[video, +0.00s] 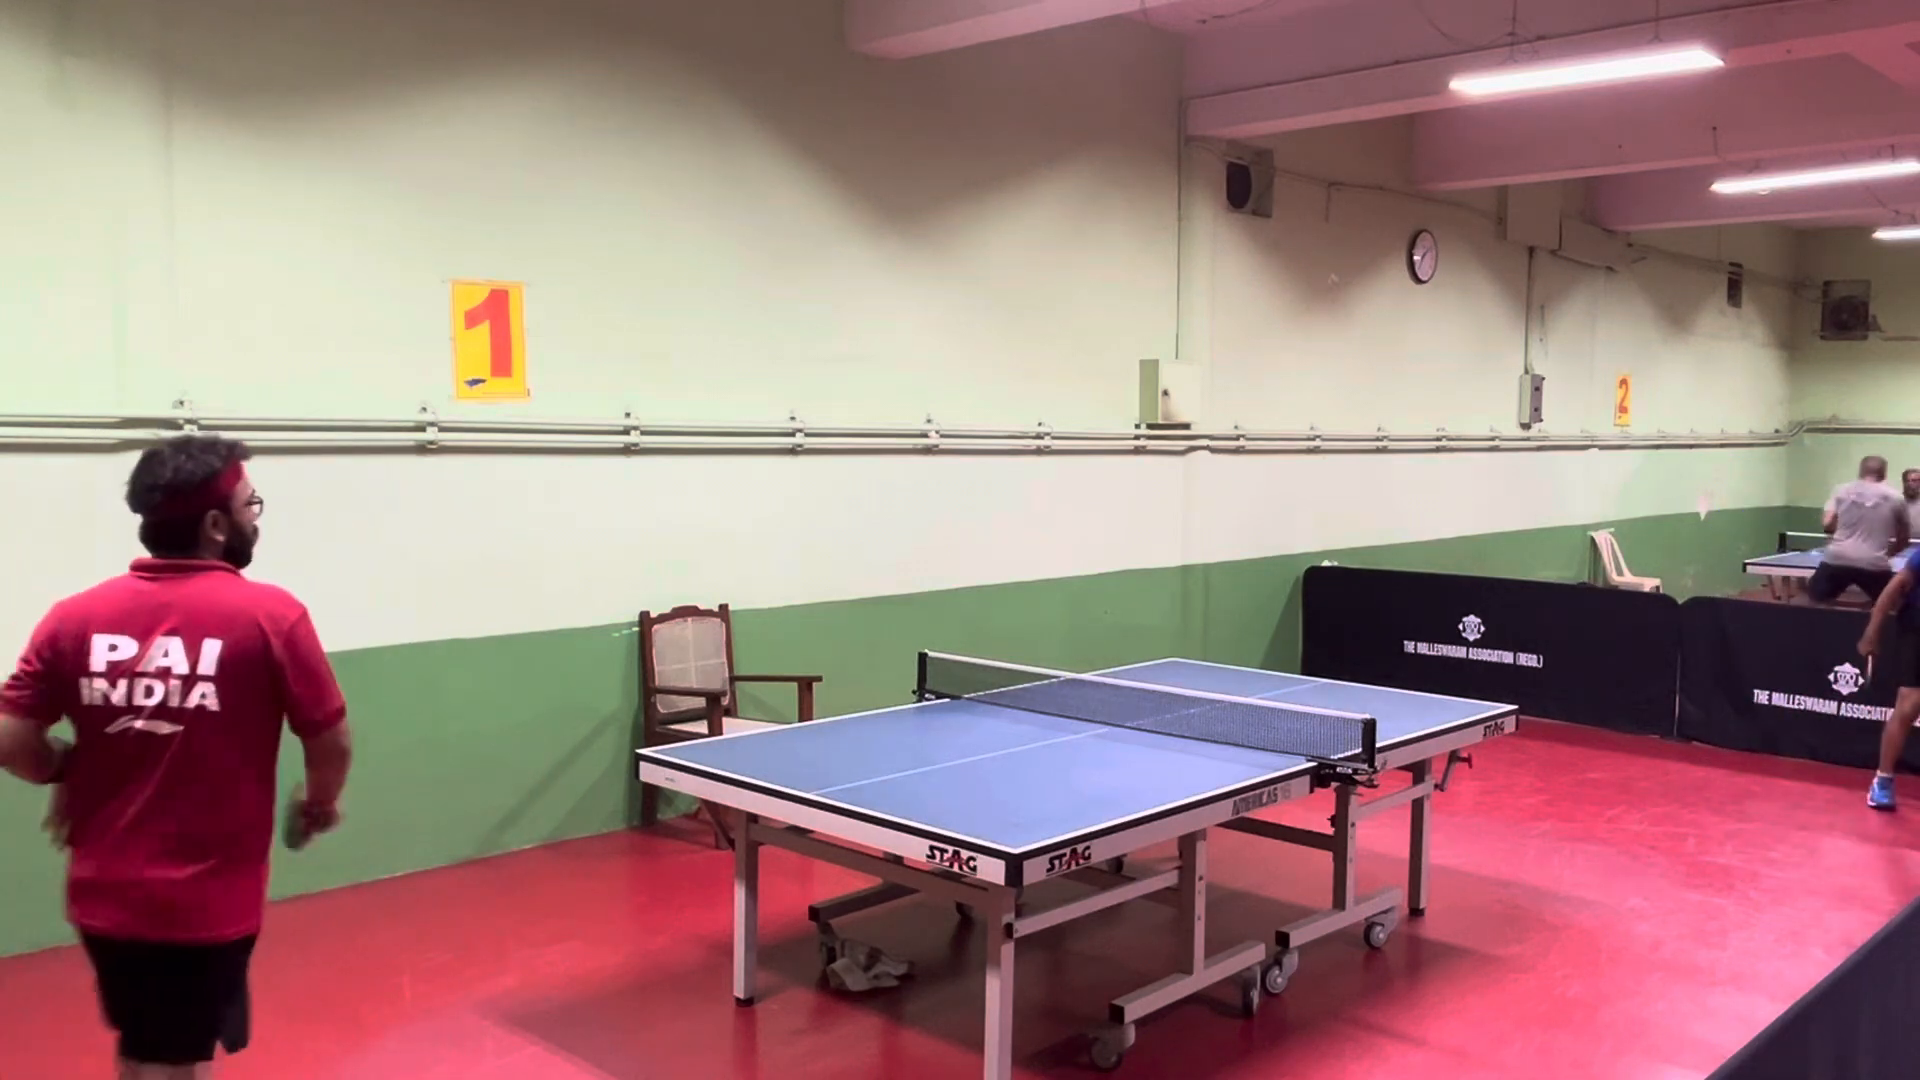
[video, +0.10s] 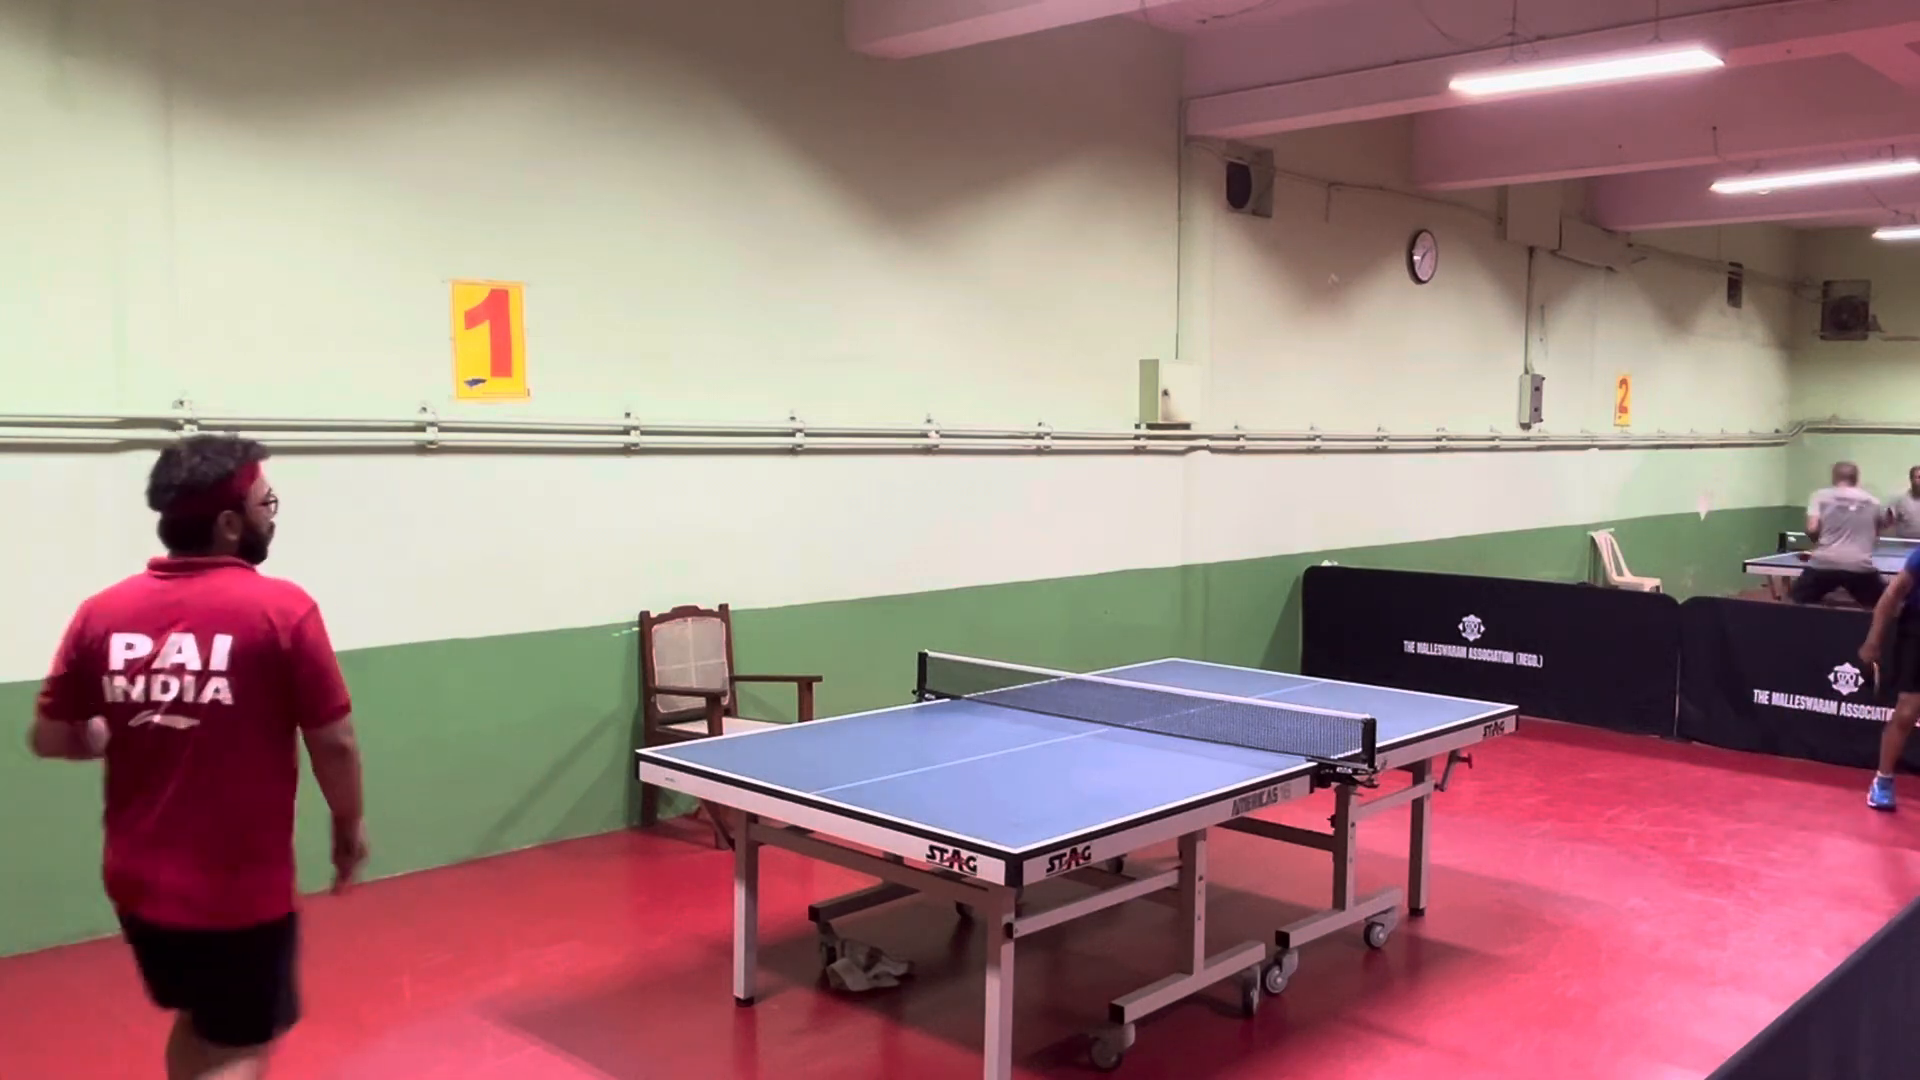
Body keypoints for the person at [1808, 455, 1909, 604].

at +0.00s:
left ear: (1860, 472)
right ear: (1883, 475)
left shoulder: (1842, 490)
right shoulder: (1896, 498)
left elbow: (1828, 524)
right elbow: (1903, 539)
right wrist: (1885, 554)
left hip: (1837, 560)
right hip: (1874, 564)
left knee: (1816, 599)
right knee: (1895, 605)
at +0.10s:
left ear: (1834, 478)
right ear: (1857, 480)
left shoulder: (1820, 496)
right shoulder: (1872, 501)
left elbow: (1812, 529)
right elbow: (1876, 532)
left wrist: (1817, 542)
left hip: (1824, 564)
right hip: (1859, 567)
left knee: (1796, 605)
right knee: (1885, 610)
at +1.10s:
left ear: (1774, 460)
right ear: (1797, 460)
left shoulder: (1759, 481)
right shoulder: (1811, 484)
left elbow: (1744, 514)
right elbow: (1823, 526)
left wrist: (1755, 525)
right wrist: (1819, 552)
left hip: (1764, 548)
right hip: (1801, 549)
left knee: (1742, 600)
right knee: (1815, 605)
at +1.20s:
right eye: (1808, 458)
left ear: (1787, 457)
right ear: (1809, 459)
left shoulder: (1770, 480)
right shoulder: (1822, 484)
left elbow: (1754, 512)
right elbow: (1832, 528)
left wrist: (1769, 525)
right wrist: (1828, 554)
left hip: (1772, 547)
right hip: (1807, 549)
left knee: (1747, 600)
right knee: (1821, 604)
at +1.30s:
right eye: (1817, 456)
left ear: (1796, 455)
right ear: (1817, 457)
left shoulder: (1777, 476)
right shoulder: (1829, 482)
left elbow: (1761, 510)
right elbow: (1840, 528)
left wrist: (1776, 521)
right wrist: (1835, 550)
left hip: (1777, 546)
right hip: (1812, 549)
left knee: (1752, 596)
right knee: (1824, 604)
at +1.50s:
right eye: (1819, 454)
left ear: (1798, 452)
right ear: (1820, 454)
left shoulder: (1779, 473)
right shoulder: (1832, 480)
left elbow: (1763, 508)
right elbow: (1838, 514)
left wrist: (1778, 521)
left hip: (1778, 545)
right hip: (1813, 547)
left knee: (1762, 598)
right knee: (1822, 604)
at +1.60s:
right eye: (1814, 453)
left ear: (1791, 452)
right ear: (1813, 454)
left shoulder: (1773, 473)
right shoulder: (1823, 478)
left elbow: (1759, 510)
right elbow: (1829, 513)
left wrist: (1774, 521)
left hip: (1774, 545)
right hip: (1807, 547)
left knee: (1762, 598)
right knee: (1810, 601)